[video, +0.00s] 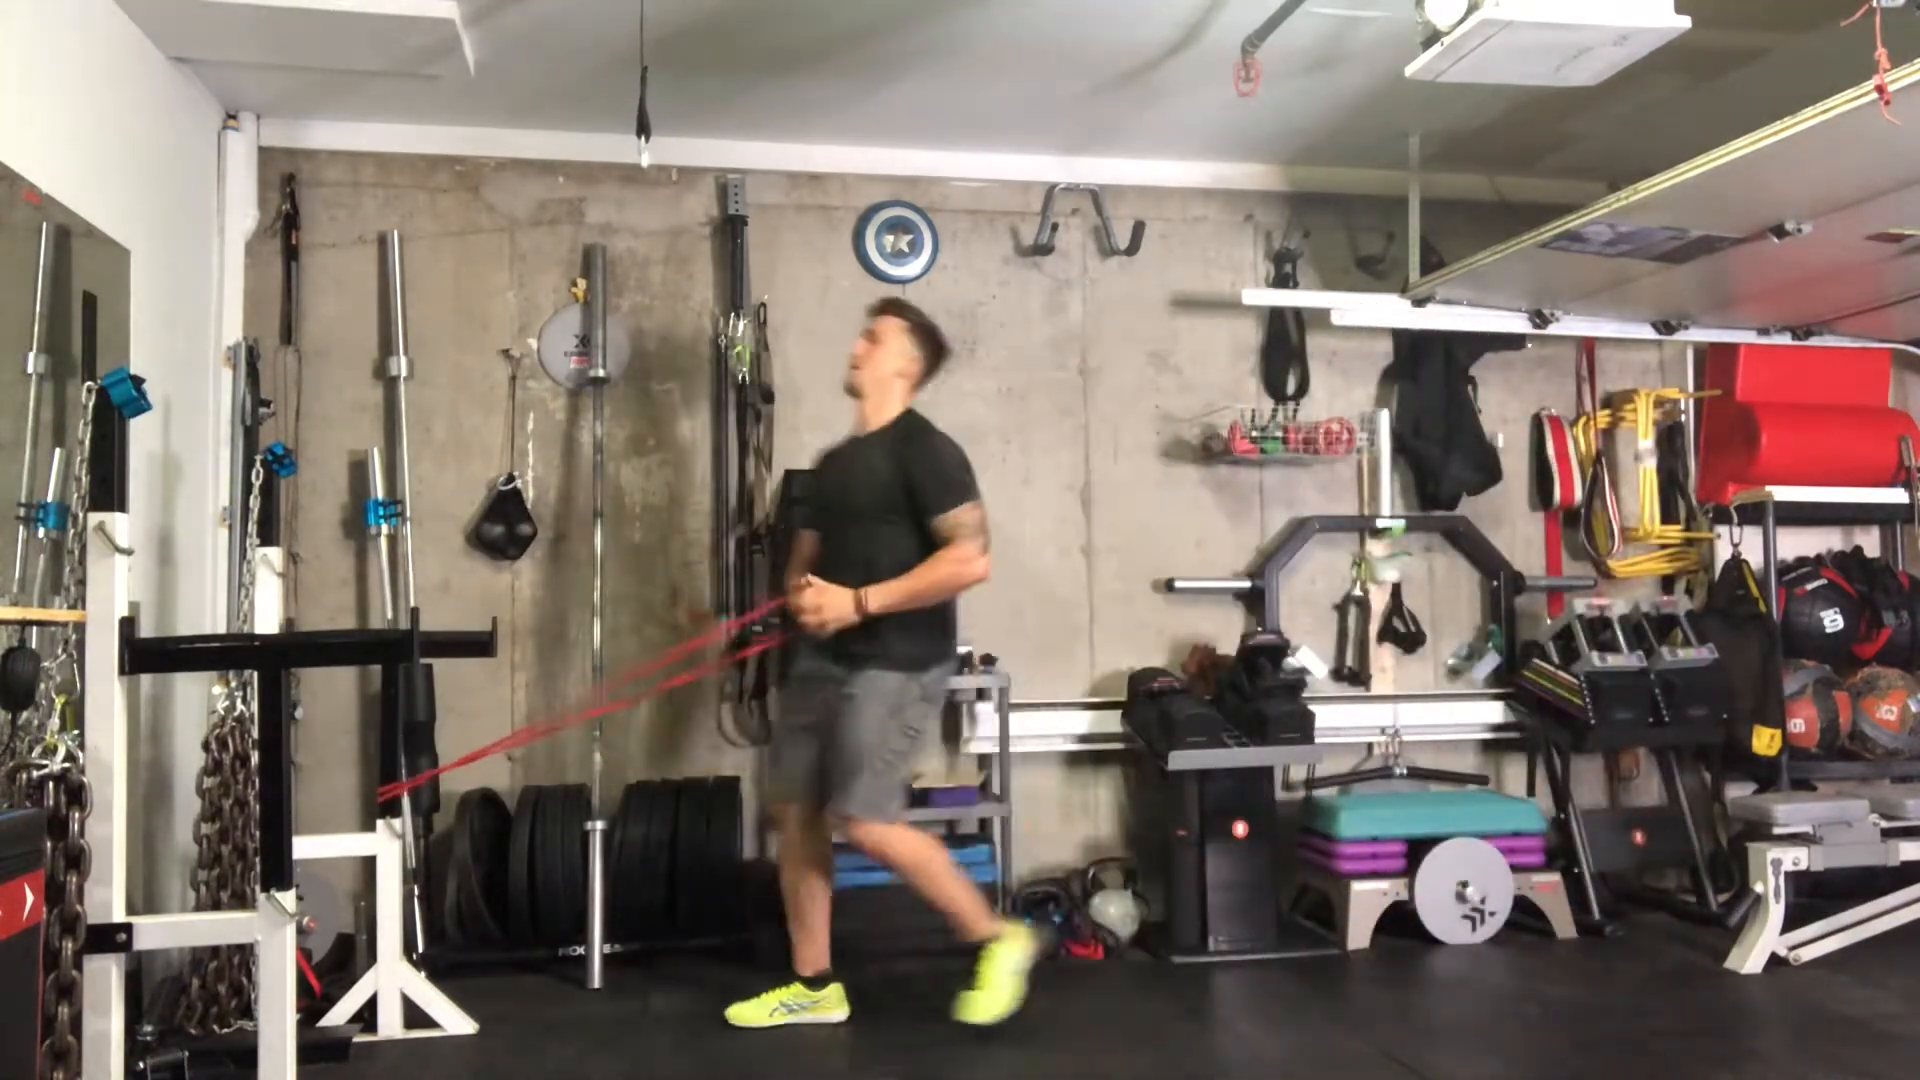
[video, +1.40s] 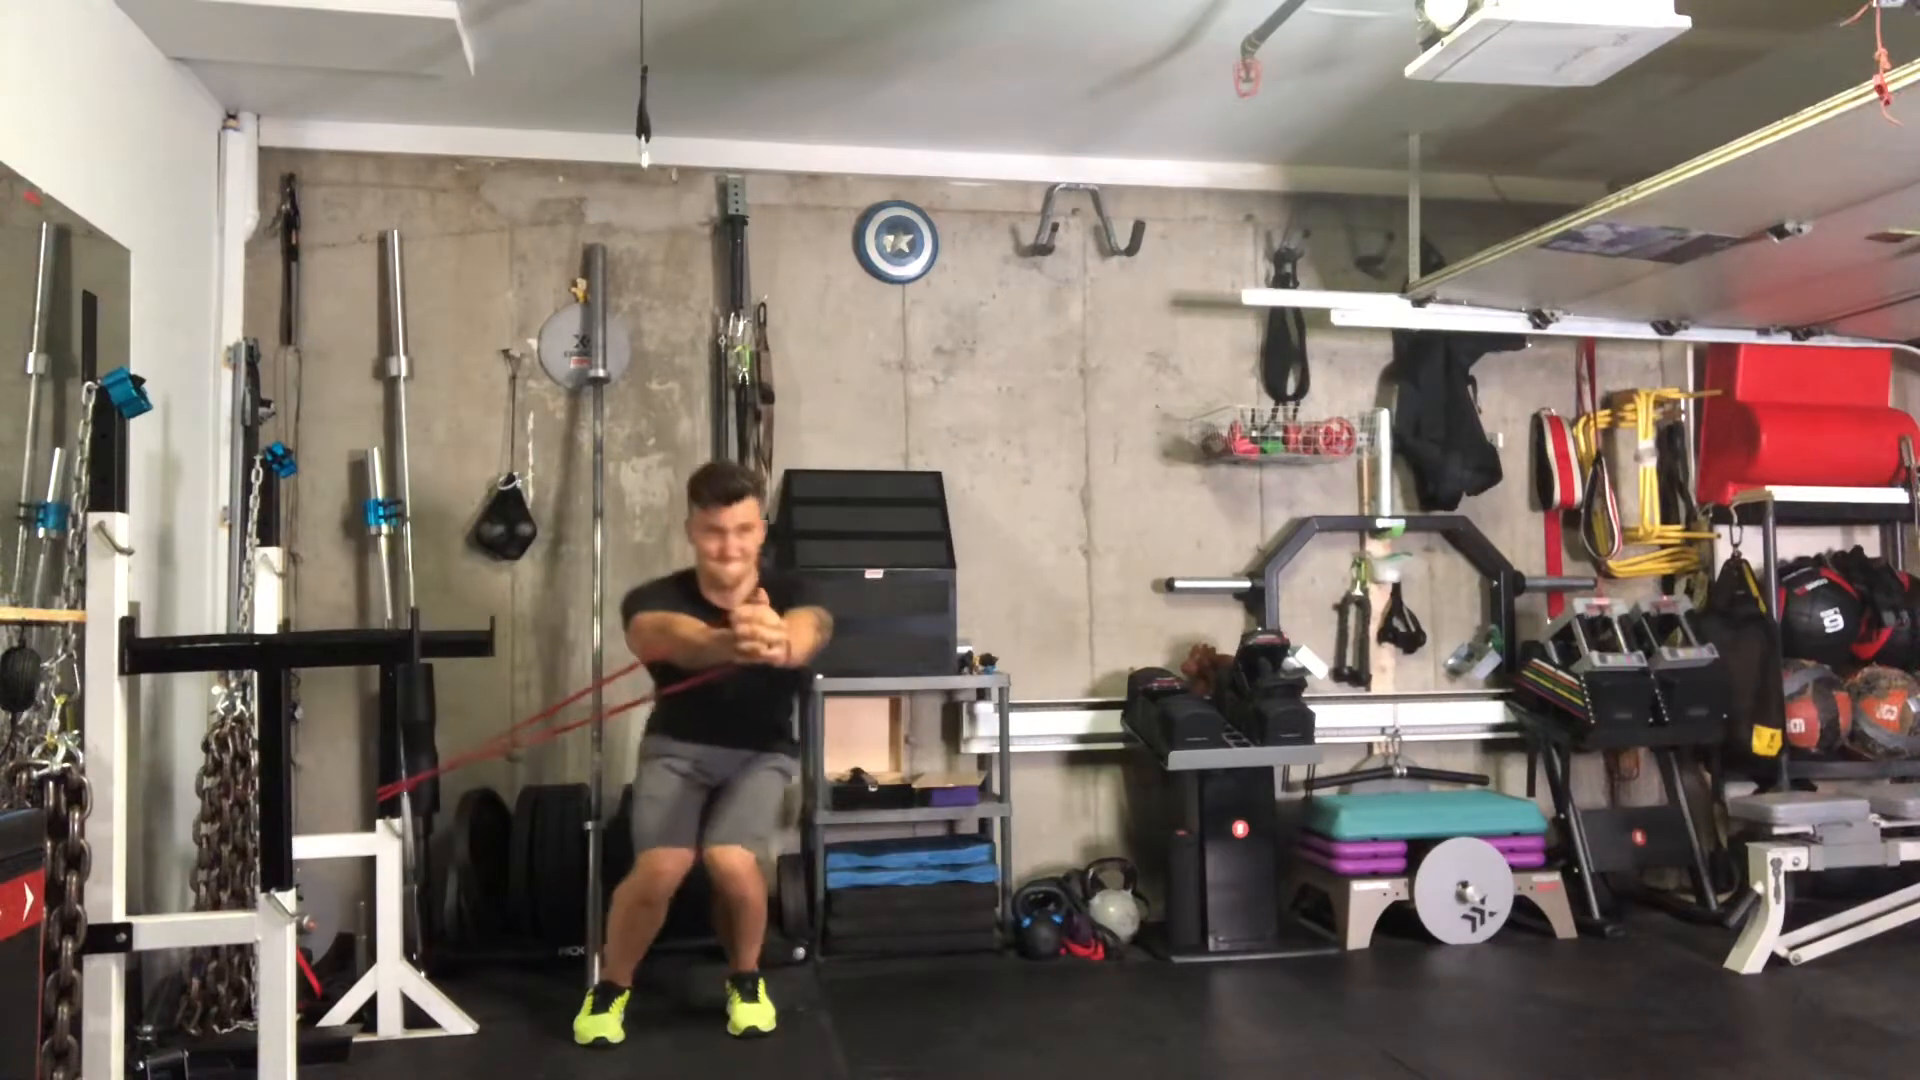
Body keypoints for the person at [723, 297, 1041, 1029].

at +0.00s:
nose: (855, 346)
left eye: (874, 338)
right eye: (861, 335)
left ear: (912, 365)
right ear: (871, 362)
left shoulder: (928, 449)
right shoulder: (831, 464)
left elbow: (969, 559)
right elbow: (800, 564)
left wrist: (860, 600)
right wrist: (803, 595)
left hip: (898, 665)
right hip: (821, 661)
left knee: (864, 813)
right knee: (796, 815)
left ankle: (1000, 937)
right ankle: (815, 983)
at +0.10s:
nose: (825, 336)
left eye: (845, 329)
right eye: (829, 326)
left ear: (885, 357)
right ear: (830, 352)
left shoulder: (912, 445)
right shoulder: (794, 453)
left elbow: (961, 554)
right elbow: (760, 550)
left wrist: (857, 589)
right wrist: (784, 586)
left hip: (876, 653)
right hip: (797, 653)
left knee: (827, 804)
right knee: (780, 808)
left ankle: (906, 964)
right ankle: (811, 980)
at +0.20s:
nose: (808, 336)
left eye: (827, 327)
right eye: (808, 325)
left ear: (866, 354)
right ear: (806, 346)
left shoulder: (899, 447)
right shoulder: (769, 447)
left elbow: (948, 555)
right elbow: (732, 547)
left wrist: (852, 584)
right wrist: (774, 582)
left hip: (851, 657)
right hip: (772, 652)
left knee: (804, 812)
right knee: (765, 812)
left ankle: (804, 987)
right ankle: (807, 977)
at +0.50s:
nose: (792, 357)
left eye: (809, 345)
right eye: (781, 344)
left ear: (834, 364)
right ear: (764, 359)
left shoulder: (868, 468)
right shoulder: (719, 458)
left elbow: (888, 585)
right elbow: (688, 568)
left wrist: (799, 568)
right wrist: (745, 564)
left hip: (813, 674)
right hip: (723, 666)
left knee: (793, 829)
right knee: (674, 814)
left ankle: (783, 997)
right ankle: (728, 952)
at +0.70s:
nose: (757, 366)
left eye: (772, 353)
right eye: (743, 353)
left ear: (796, 370)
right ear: (724, 367)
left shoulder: (832, 472)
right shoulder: (682, 465)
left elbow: (847, 579)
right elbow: (659, 571)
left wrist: (775, 555)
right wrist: (728, 552)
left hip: (794, 681)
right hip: (702, 677)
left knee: (790, 832)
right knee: (659, 833)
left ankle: (784, 1000)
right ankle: (620, 980)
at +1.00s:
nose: (701, 434)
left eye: (717, 420)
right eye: (688, 421)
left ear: (745, 431)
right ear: (672, 432)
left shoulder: (777, 518)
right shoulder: (628, 516)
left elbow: (774, 569)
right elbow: (646, 574)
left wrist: (749, 583)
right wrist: (694, 582)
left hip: (752, 698)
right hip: (657, 702)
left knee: (756, 822)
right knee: (640, 843)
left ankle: (758, 974)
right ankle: (606, 990)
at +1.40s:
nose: (730, 546)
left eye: (743, 531)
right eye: (715, 532)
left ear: (763, 531)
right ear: (691, 533)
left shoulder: (793, 593)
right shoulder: (652, 600)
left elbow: (810, 629)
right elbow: (663, 639)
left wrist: (784, 640)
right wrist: (727, 643)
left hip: (763, 757)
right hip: (676, 753)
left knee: (730, 859)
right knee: (662, 865)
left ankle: (746, 980)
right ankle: (610, 989)